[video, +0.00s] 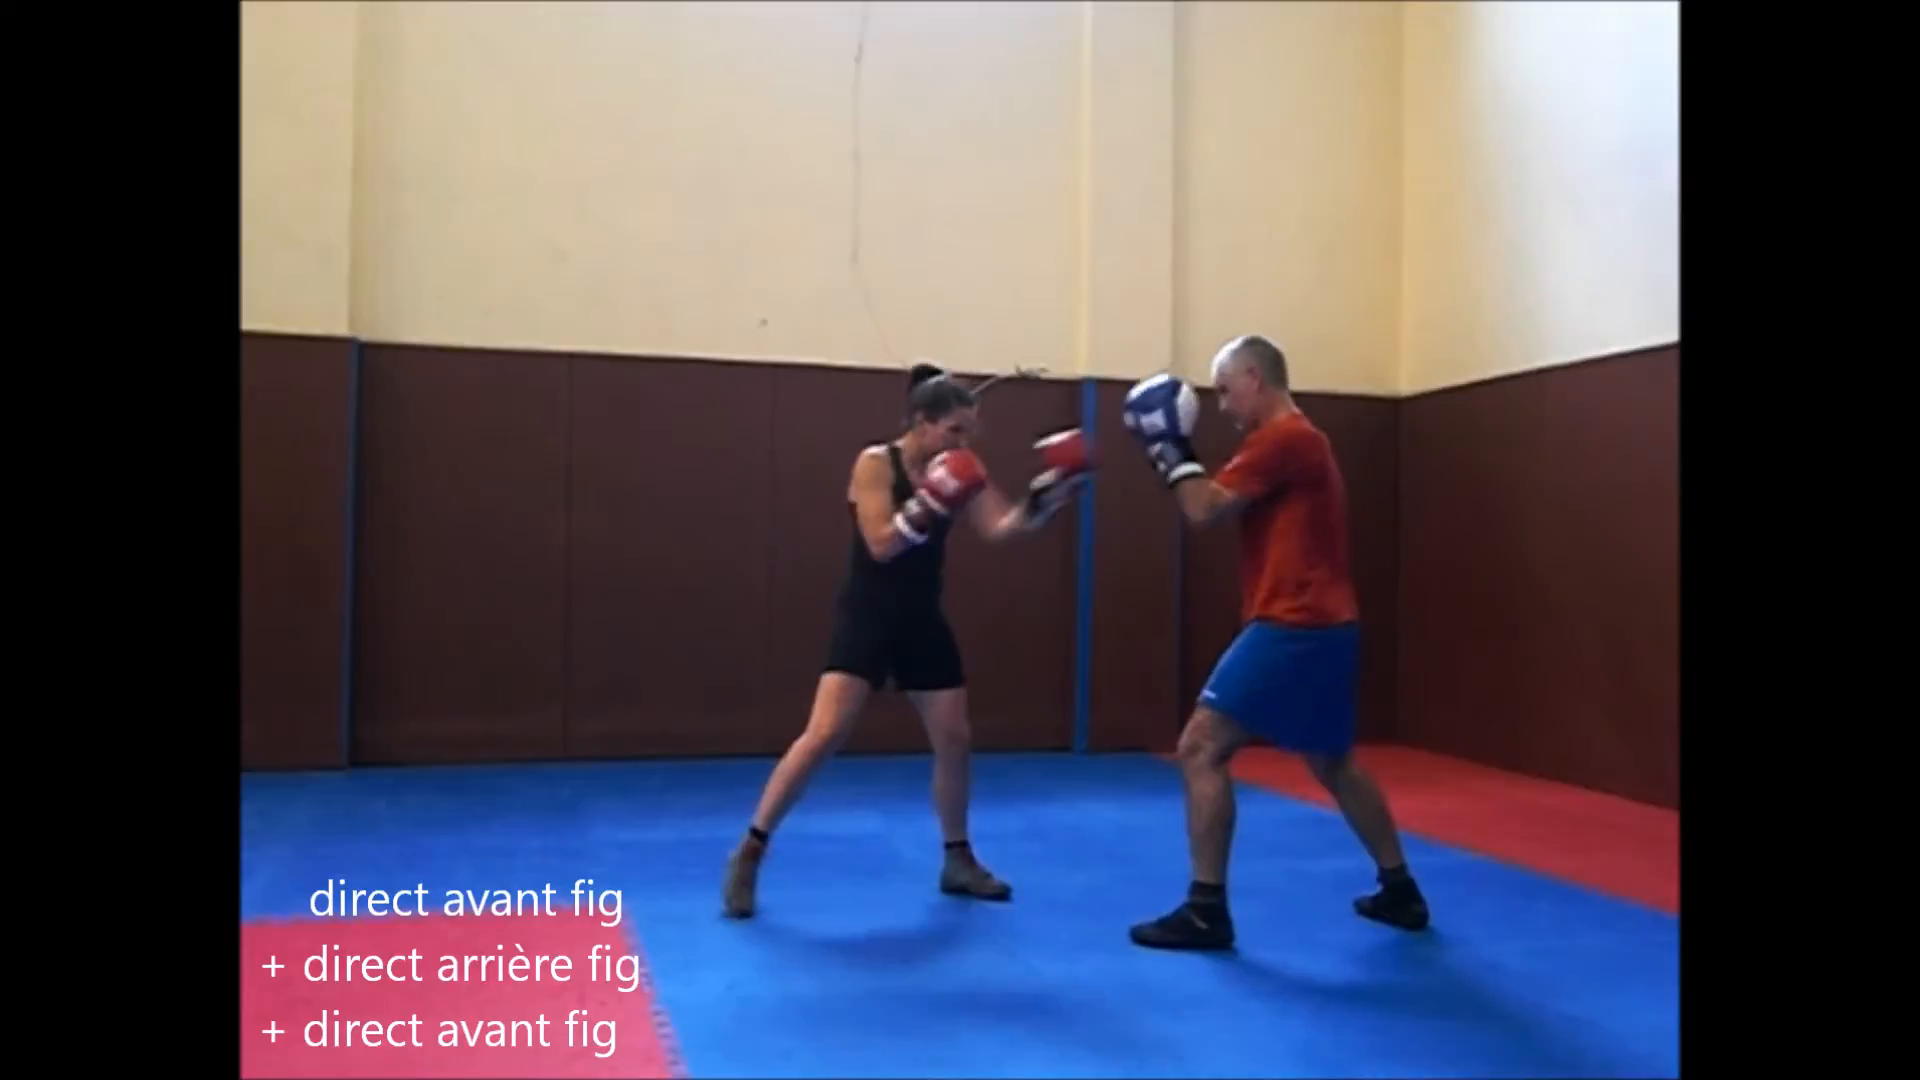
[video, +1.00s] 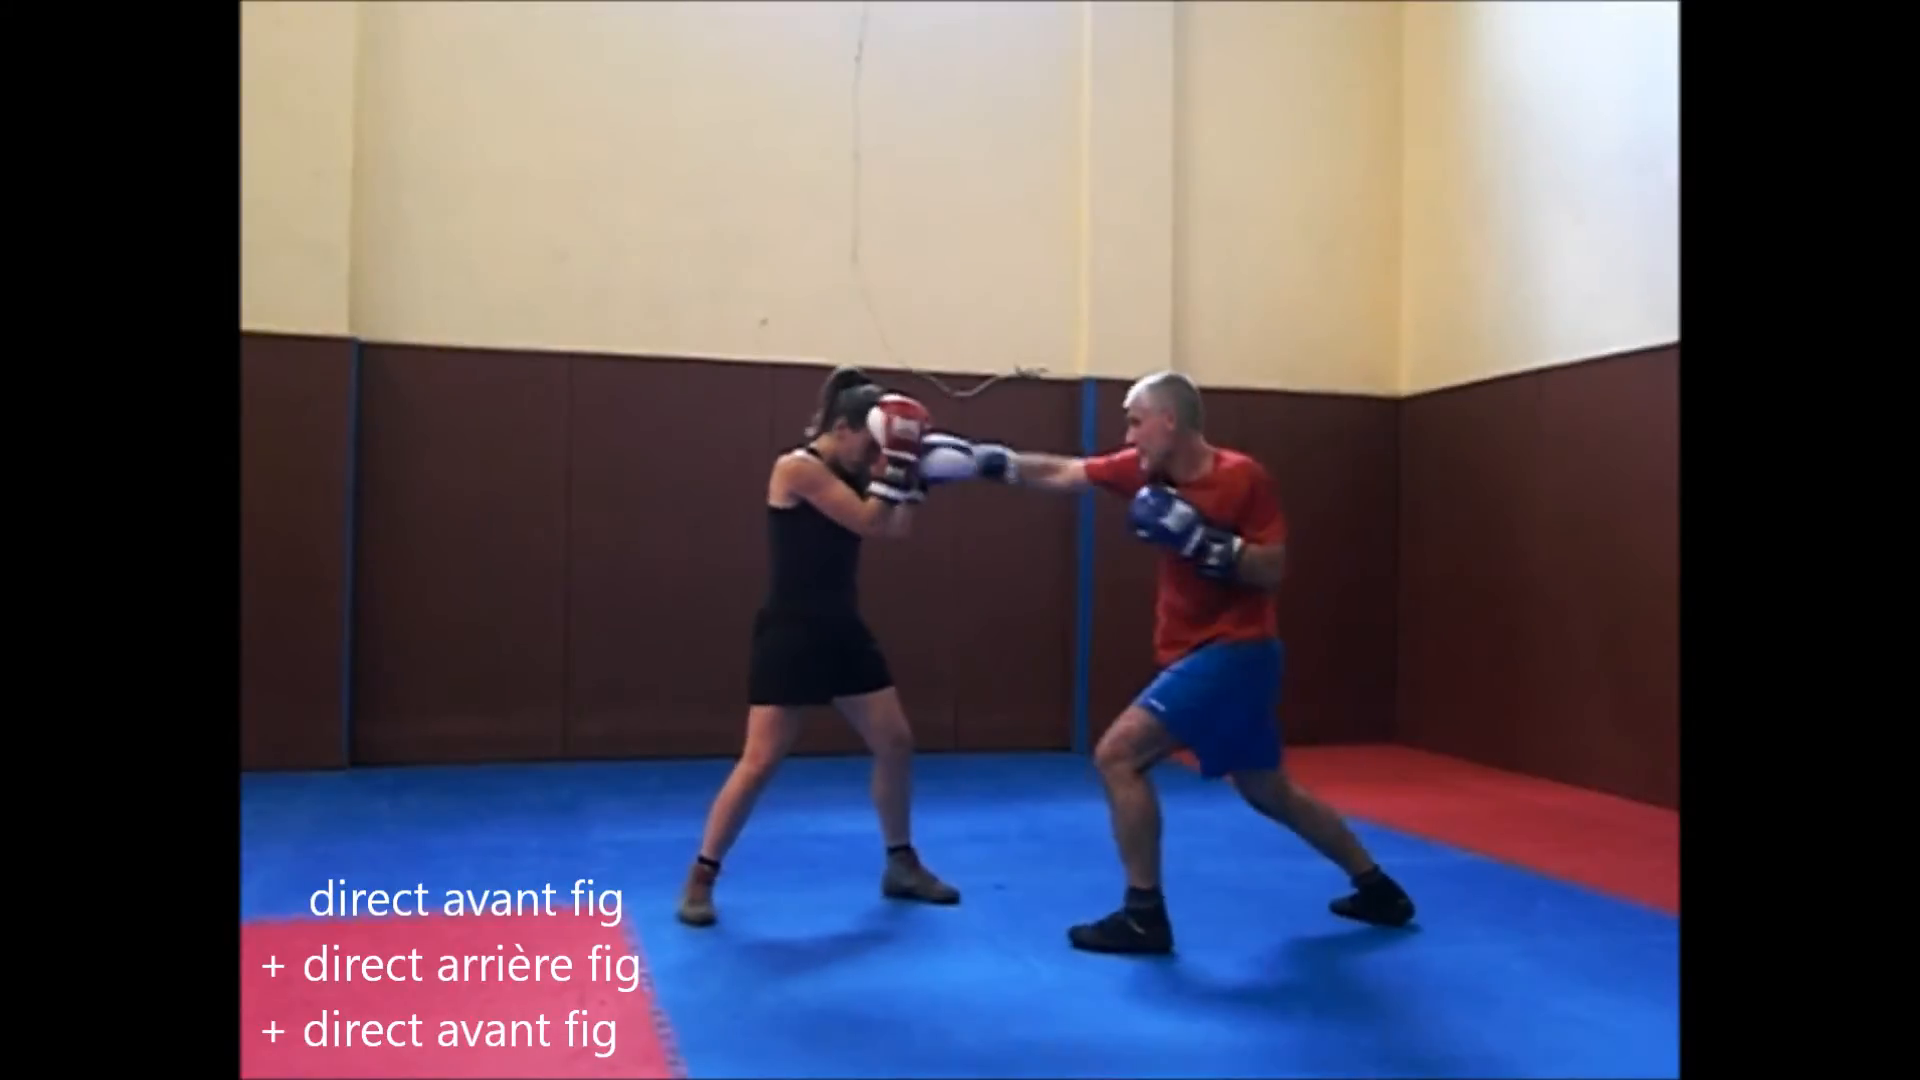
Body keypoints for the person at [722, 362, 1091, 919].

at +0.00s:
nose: (963, 440)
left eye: (967, 430)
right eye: (956, 429)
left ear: (955, 427)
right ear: (923, 422)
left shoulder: (956, 470)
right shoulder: (876, 464)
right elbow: (881, 543)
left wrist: (1045, 496)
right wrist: (931, 503)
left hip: (922, 621)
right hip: (867, 619)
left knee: (953, 738)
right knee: (824, 733)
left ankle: (958, 861)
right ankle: (749, 853)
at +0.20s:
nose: (928, 463)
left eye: (933, 453)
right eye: (926, 451)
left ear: (908, 443)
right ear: (900, 438)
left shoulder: (902, 489)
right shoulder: (851, 477)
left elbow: (949, 547)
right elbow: (915, 537)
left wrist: (980, 497)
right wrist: (950, 487)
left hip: (880, 638)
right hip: (827, 637)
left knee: (937, 741)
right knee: (792, 757)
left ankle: (957, 861)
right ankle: (729, 871)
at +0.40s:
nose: (921, 452)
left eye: (925, 443)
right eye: (920, 440)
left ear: (897, 429)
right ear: (893, 428)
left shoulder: (887, 474)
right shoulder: (842, 465)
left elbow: (932, 529)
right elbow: (909, 524)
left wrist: (956, 478)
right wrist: (946, 477)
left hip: (862, 626)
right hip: (813, 626)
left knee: (914, 734)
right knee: (780, 749)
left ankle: (905, 863)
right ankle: (708, 866)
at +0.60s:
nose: (913, 449)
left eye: (918, 440)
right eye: (910, 436)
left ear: (904, 431)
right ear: (883, 422)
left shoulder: (884, 471)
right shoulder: (835, 459)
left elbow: (920, 523)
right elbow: (894, 519)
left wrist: (944, 480)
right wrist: (926, 476)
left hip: (865, 625)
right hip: (812, 622)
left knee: (906, 740)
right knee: (774, 746)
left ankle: (902, 865)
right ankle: (706, 864)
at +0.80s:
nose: (883, 457)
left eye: (887, 448)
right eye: (878, 445)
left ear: (862, 437)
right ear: (846, 433)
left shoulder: (856, 480)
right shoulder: (804, 469)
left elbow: (903, 529)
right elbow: (871, 524)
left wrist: (924, 474)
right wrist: (902, 470)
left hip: (850, 635)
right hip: (795, 636)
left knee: (907, 743)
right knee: (761, 760)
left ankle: (902, 865)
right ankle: (700, 878)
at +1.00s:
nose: (873, 451)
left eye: (877, 442)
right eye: (869, 440)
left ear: (858, 434)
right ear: (841, 429)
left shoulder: (846, 475)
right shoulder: (797, 468)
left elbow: (894, 525)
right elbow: (872, 522)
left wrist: (913, 472)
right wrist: (892, 466)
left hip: (840, 631)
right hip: (789, 633)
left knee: (894, 741)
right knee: (760, 760)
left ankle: (901, 865)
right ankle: (701, 878)